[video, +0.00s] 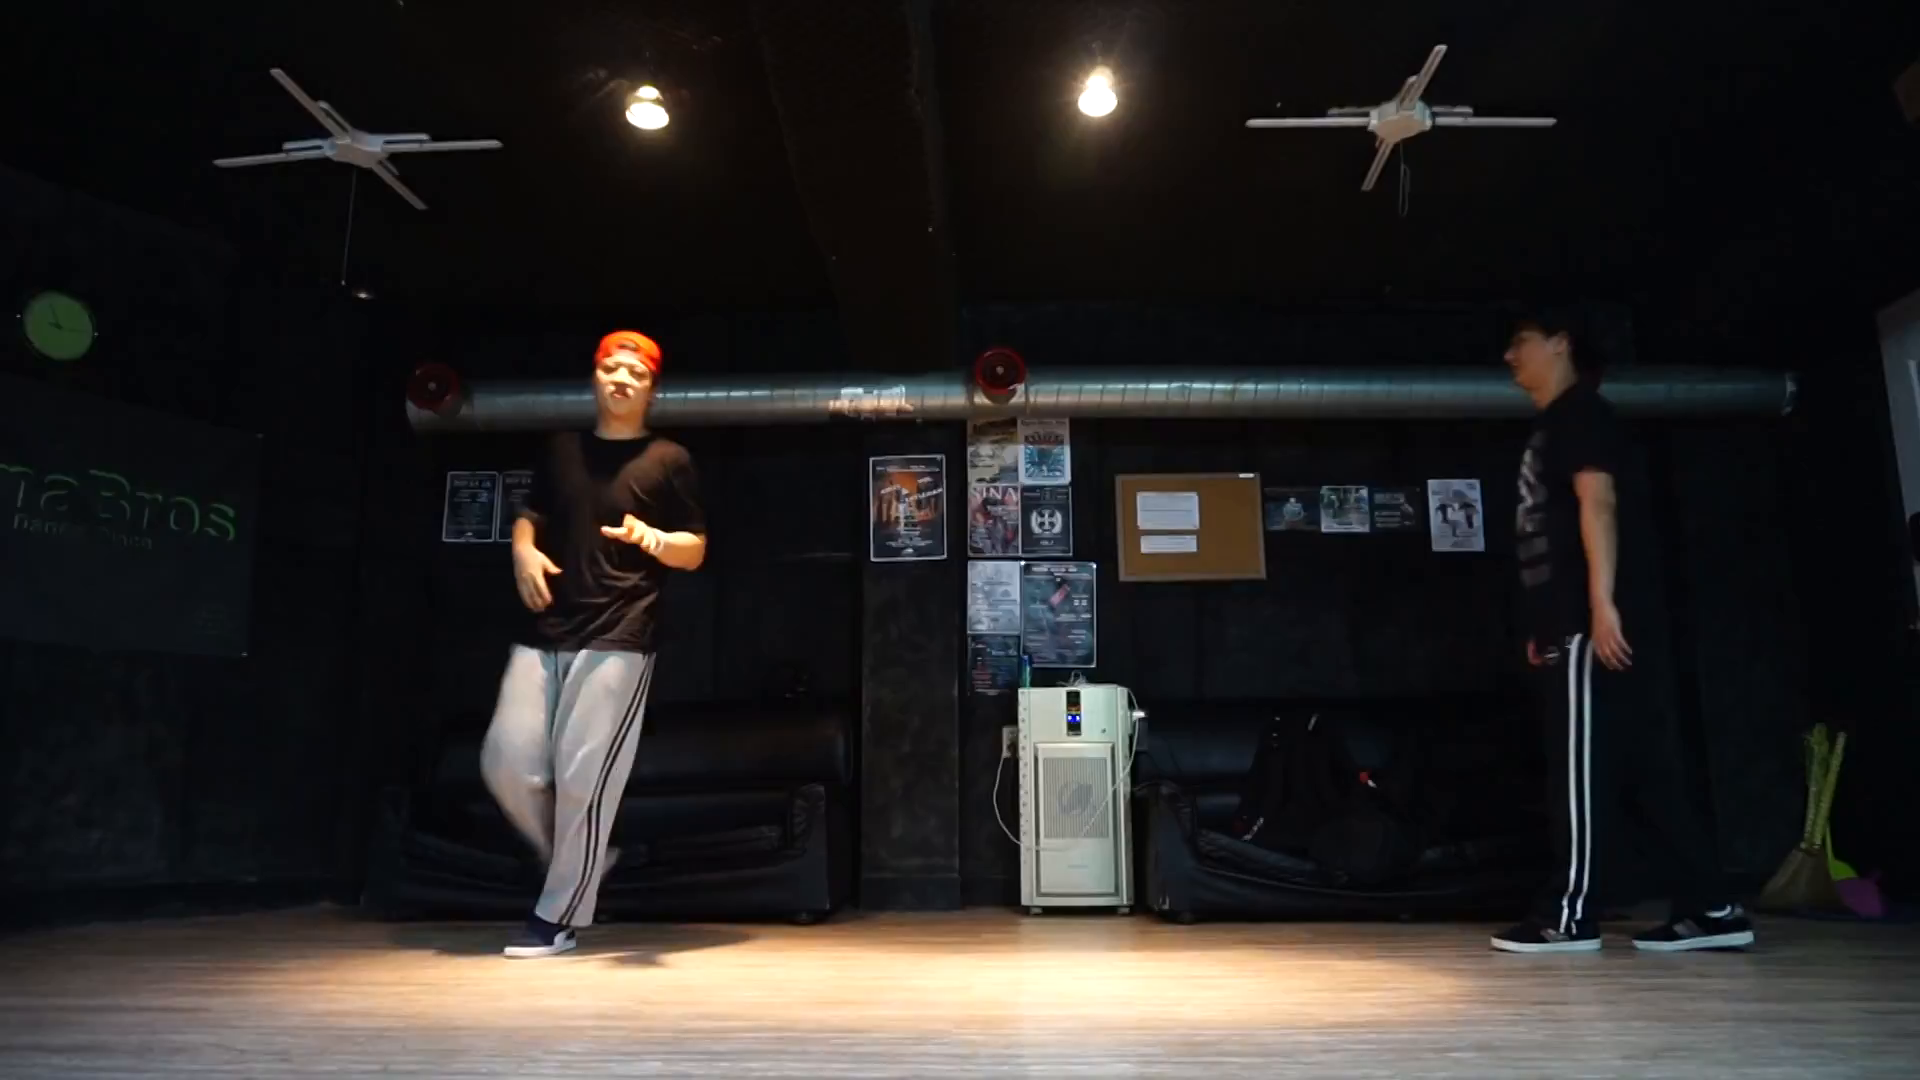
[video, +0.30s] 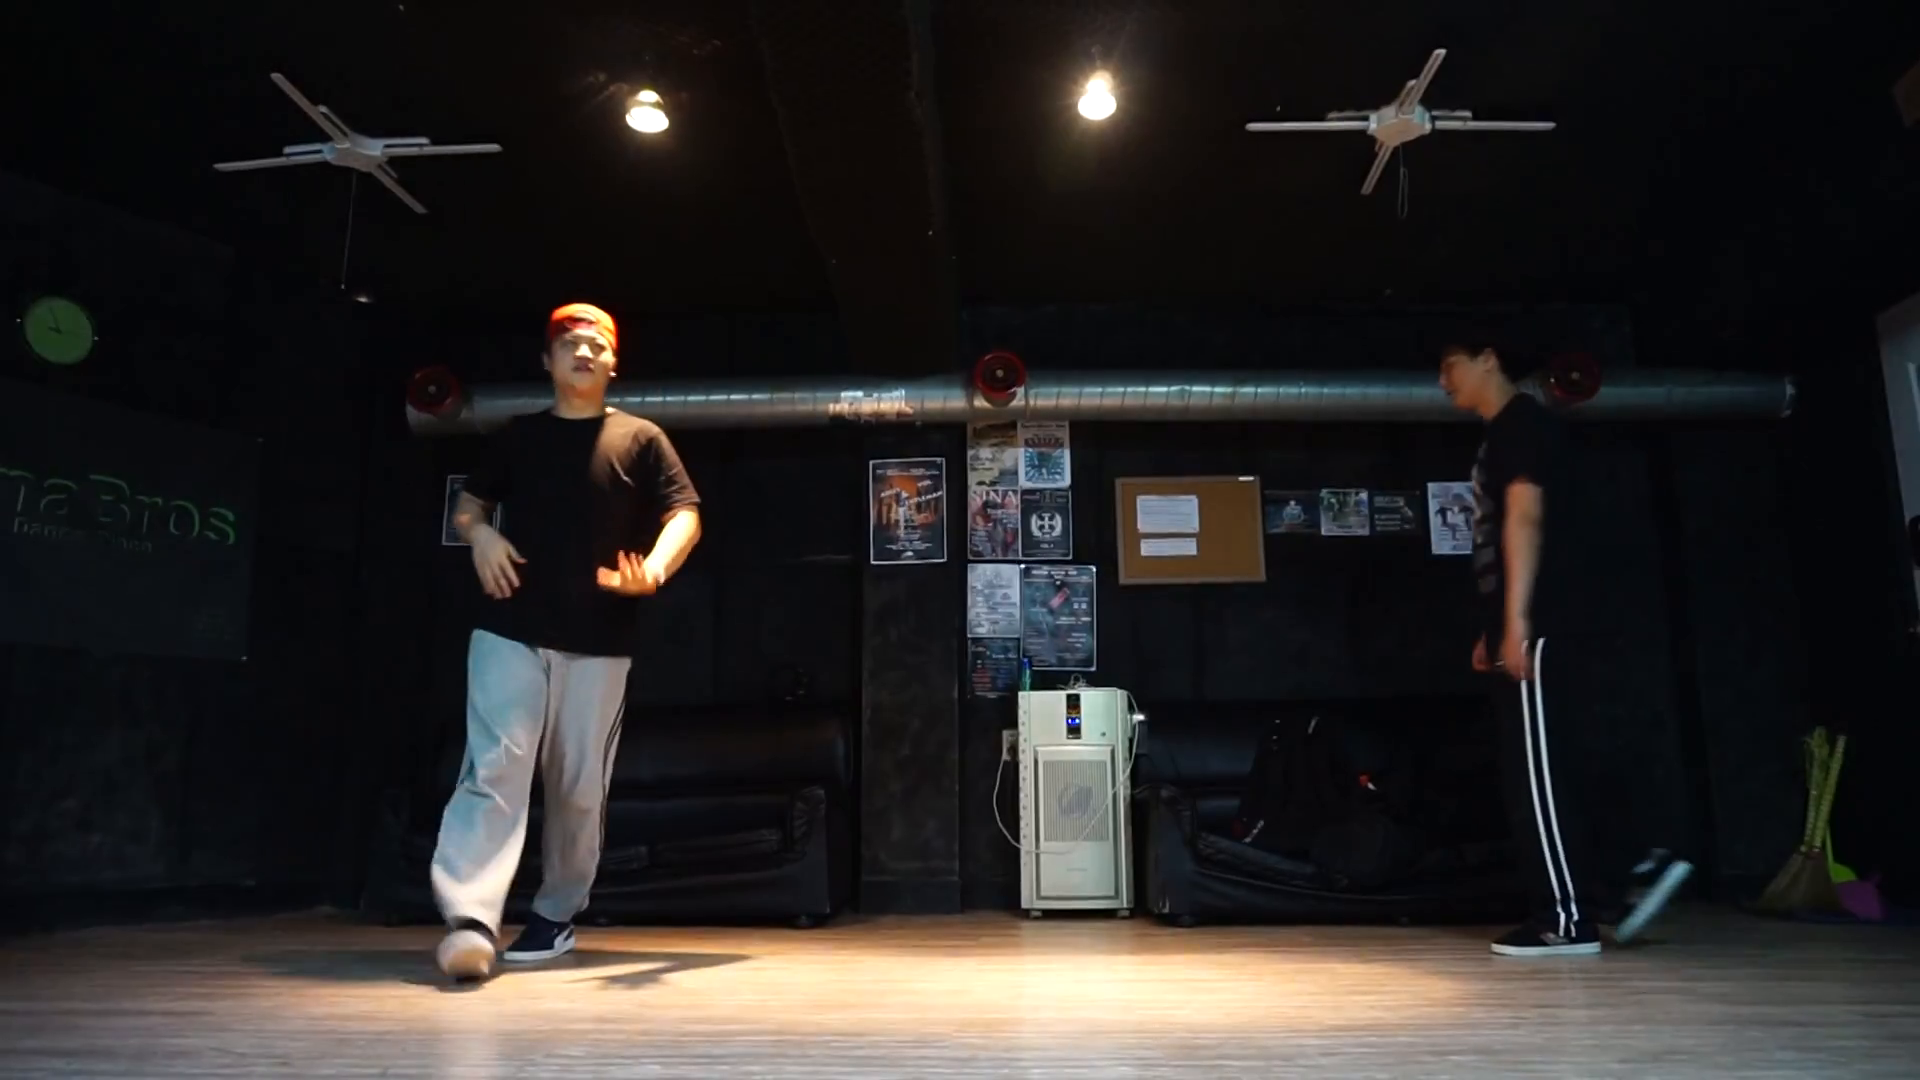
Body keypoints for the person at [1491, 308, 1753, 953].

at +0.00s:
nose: (1509, 355)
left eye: (1522, 341)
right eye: (1512, 343)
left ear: (1561, 346)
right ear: (1548, 351)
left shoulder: (1581, 416)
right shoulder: (1551, 427)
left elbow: (1599, 505)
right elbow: (1548, 531)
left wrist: (1603, 604)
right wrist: (1542, 622)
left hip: (1588, 625)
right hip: (1570, 627)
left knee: (1580, 774)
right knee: (1647, 766)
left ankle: (1571, 919)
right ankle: (1712, 908)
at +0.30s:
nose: (1444, 381)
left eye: (1452, 366)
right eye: (1443, 370)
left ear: (1488, 363)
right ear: (1483, 368)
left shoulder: (1522, 426)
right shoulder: (1502, 434)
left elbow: (1524, 522)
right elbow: (1505, 538)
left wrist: (1517, 622)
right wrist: (1495, 627)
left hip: (1540, 627)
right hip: (1531, 627)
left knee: (1540, 773)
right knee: (1558, 763)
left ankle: (1567, 923)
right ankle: (1639, 864)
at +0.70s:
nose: (1378, 393)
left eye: (1387, 380)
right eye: (1379, 382)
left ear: (1419, 381)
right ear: (1420, 385)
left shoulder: (1428, 440)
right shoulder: (1448, 440)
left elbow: (1408, 528)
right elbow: (1435, 538)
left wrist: (1363, 614)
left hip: (1469, 629)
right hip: (1460, 628)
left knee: (1506, 774)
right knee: (1434, 770)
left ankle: (1567, 920)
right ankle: (1394, 903)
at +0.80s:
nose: (1339, 410)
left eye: (1347, 396)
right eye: (1339, 399)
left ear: (1381, 392)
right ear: (1384, 394)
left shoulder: (1399, 449)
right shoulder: (1420, 448)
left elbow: (1389, 538)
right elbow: (1438, 545)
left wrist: (1348, 625)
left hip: (1439, 635)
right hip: (1427, 636)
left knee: (1479, 773)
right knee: (1400, 772)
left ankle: (1563, 918)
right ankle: (1379, 908)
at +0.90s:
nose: (1316, 415)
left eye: (1323, 402)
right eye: (1315, 405)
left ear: (1356, 398)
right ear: (1354, 401)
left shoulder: (1375, 449)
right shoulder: (1375, 453)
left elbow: (1371, 533)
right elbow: (1381, 544)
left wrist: (1345, 621)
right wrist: (1363, 625)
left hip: (1403, 628)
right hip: (1390, 631)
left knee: (1428, 757)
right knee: (1379, 765)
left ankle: (1542, 904)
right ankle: (1377, 910)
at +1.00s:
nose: (1296, 406)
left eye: (1303, 393)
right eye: (1296, 395)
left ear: (1337, 392)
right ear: (1336, 393)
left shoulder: (1352, 446)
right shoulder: (1345, 450)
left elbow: (1350, 520)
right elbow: (1353, 531)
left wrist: (1316, 601)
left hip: (1375, 622)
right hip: (1363, 623)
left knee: (1376, 755)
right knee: (1358, 761)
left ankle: (1491, 879)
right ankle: (1374, 907)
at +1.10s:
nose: (1279, 404)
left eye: (1287, 391)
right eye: (1279, 393)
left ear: (1321, 392)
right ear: (1315, 395)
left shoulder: (1333, 448)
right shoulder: (1323, 455)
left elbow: (1327, 517)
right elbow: (1327, 541)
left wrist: (1262, 579)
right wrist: (1284, 590)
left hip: (1345, 626)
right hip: (1332, 625)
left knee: (1321, 755)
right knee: (1316, 759)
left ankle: (1411, 883)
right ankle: (1370, 901)